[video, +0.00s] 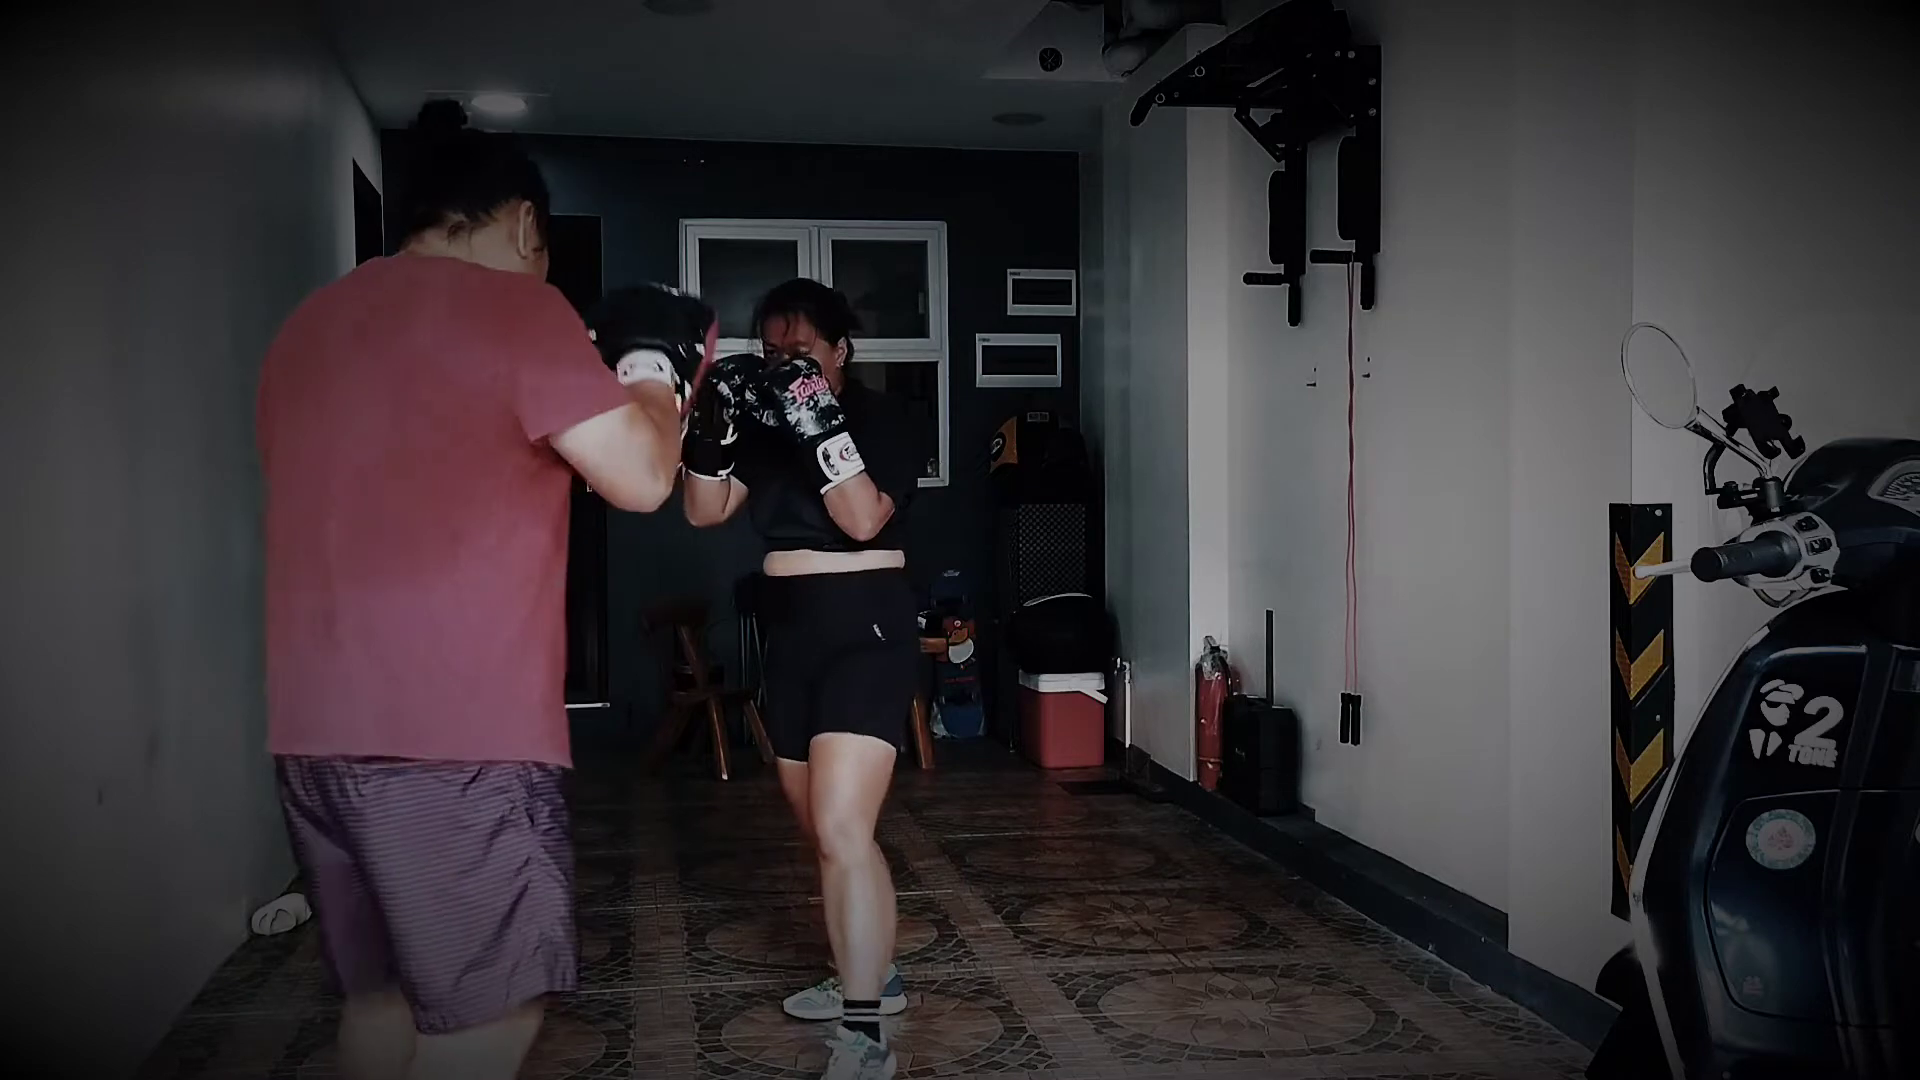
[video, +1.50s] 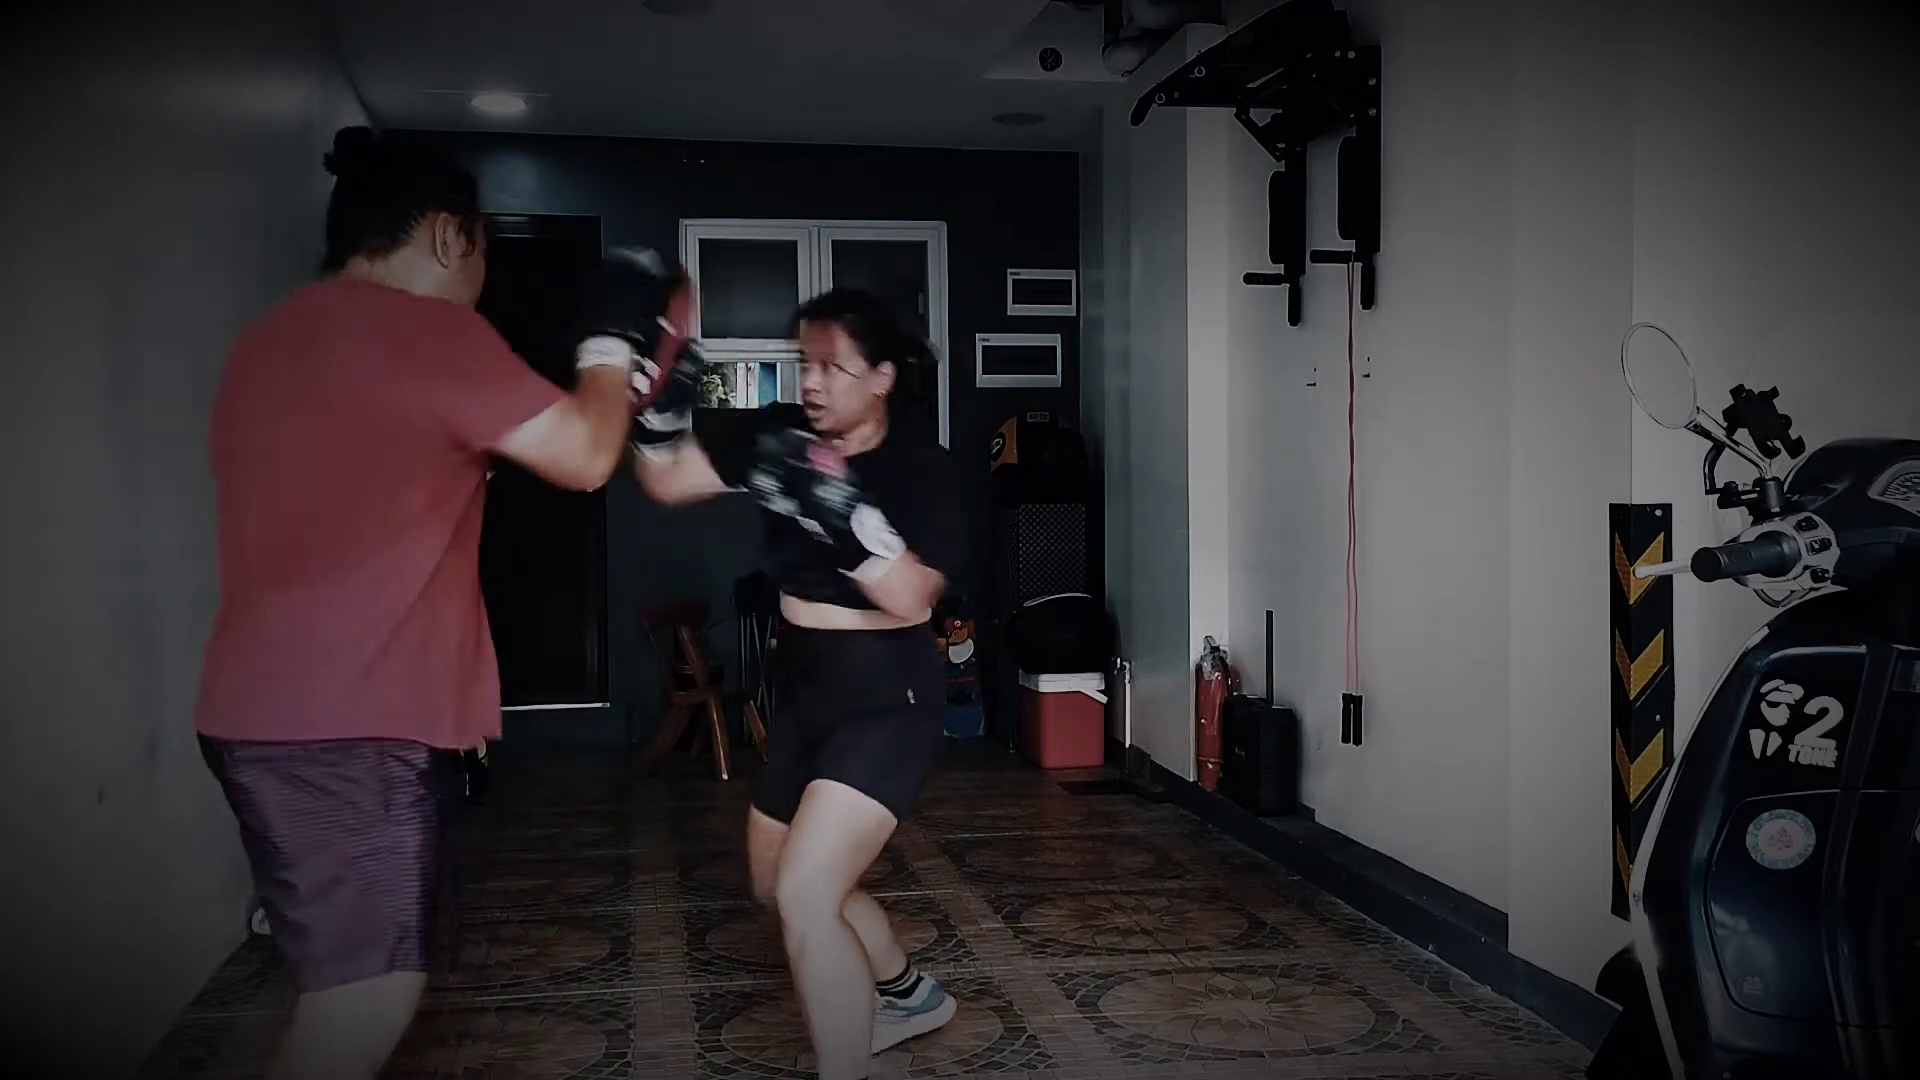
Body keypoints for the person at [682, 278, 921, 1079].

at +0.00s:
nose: (787, 364)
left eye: (802, 350)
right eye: (775, 352)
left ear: (841, 348)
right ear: (764, 354)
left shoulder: (881, 417)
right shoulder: (762, 419)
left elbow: (863, 520)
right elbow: (704, 513)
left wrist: (824, 425)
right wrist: (717, 427)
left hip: (869, 626)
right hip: (785, 629)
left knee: (843, 822)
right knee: (820, 822)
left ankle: (866, 1030)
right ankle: (870, 974)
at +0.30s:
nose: (775, 353)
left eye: (789, 337)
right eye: (764, 340)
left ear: (834, 337)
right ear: (756, 345)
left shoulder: (882, 413)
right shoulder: (759, 418)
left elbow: (859, 511)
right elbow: (695, 508)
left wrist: (811, 409)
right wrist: (697, 415)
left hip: (878, 638)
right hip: (794, 639)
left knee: (860, 837)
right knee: (774, 825)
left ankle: (866, 1038)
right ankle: (856, 954)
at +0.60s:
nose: (746, 383)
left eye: (761, 367)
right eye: (739, 369)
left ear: (808, 371)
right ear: (736, 377)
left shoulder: (841, 442)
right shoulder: (751, 463)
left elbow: (894, 553)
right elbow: (724, 567)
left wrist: (816, 489)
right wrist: (694, 524)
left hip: (863, 656)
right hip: (809, 661)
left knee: (732, 811)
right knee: (797, 847)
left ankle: (826, 1004)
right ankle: (871, 991)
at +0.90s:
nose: (743, 362)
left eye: (758, 344)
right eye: (739, 347)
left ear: (812, 348)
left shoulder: (852, 422)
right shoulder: (754, 436)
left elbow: (805, 529)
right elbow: (752, 562)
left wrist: (713, 468)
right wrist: (703, 512)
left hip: (869, 666)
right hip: (794, 664)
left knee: (809, 886)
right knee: (777, 838)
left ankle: (857, 1068)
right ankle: (873, 983)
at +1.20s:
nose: (755, 373)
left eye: (771, 355)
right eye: (748, 357)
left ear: (826, 358)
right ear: (748, 363)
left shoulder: (867, 442)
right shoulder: (764, 452)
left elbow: (863, 563)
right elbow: (706, 537)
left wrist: (778, 495)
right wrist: (649, 497)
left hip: (870, 674)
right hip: (800, 674)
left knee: (780, 880)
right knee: (816, 862)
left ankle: (854, 1069)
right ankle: (889, 993)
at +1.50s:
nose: (809, 383)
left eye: (830, 367)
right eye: (804, 365)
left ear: (883, 378)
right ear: (798, 368)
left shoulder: (927, 472)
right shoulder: (785, 440)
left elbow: (910, 598)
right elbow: (671, 479)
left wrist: (849, 513)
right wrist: (659, 405)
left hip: (890, 696)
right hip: (805, 689)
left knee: (809, 895)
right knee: (778, 876)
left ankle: (844, 1071)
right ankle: (905, 989)